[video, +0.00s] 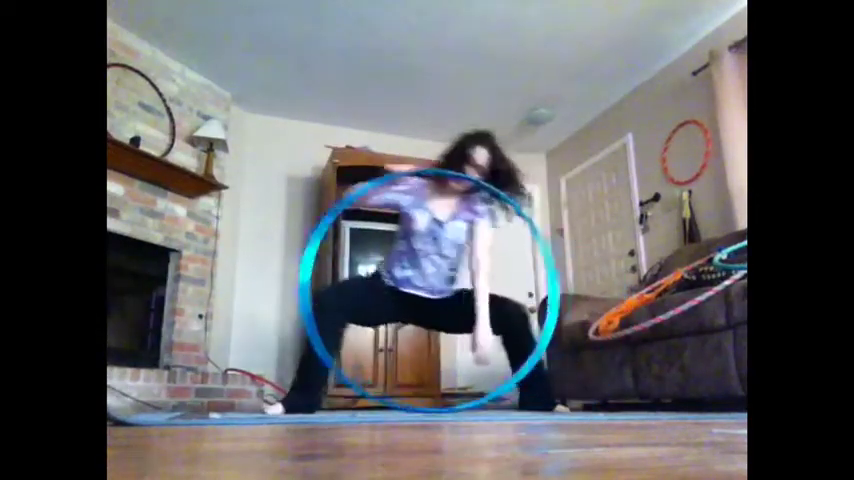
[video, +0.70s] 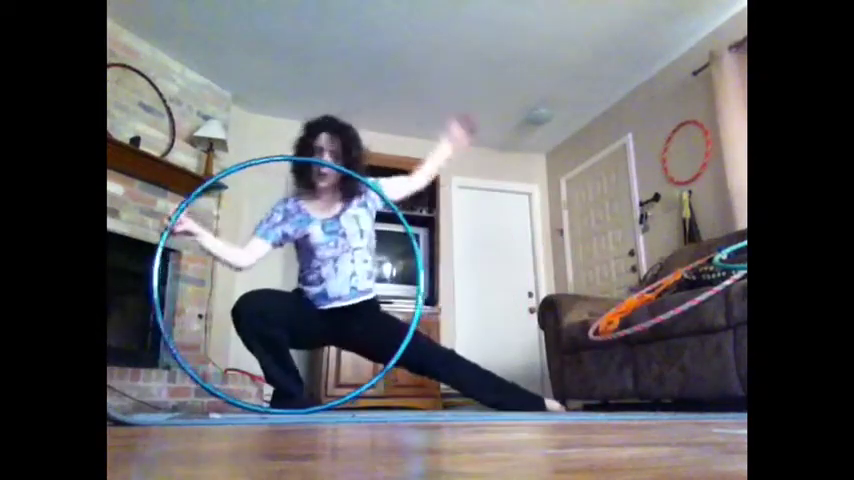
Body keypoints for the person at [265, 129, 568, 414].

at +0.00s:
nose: (470, 175)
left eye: (480, 171)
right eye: (467, 164)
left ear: (487, 177)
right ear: (453, 160)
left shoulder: (478, 210)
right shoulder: (414, 189)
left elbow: (480, 267)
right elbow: (355, 198)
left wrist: (480, 326)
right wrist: (383, 175)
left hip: (444, 303)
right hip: (391, 295)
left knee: (512, 315)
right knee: (331, 303)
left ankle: (540, 409)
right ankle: (300, 405)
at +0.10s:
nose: (436, 167)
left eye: (447, 163)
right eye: (433, 156)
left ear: (455, 168)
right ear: (419, 152)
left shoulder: (450, 201)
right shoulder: (381, 184)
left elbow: (473, 254)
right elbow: (327, 205)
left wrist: (496, 313)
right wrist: (333, 181)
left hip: (418, 301)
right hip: (366, 293)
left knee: (486, 322)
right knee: (307, 298)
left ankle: (540, 405)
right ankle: (300, 402)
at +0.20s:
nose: (415, 158)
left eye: (426, 155)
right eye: (411, 148)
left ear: (435, 162)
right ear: (398, 146)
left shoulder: (435, 197)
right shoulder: (360, 183)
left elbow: (466, 243)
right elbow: (302, 207)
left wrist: (500, 294)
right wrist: (306, 189)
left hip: (403, 301)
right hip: (350, 294)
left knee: (478, 333)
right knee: (291, 299)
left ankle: (530, 399)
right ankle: (298, 398)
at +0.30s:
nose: (393, 153)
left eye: (404, 149)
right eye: (389, 144)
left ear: (414, 158)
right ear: (376, 144)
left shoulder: (418, 197)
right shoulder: (341, 187)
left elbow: (462, 238)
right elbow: (284, 212)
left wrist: (498, 275)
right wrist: (275, 199)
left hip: (391, 302)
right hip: (338, 294)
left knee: (462, 337)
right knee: (276, 298)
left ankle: (536, 404)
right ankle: (294, 400)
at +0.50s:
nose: (351, 152)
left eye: (361, 147)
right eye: (345, 142)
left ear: (372, 157)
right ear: (330, 146)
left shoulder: (381, 196)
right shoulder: (306, 198)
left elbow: (437, 209)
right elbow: (249, 235)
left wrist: (487, 218)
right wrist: (219, 215)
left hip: (371, 309)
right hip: (318, 306)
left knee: (443, 349)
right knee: (253, 304)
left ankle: (538, 407)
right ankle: (296, 400)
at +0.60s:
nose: (332, 159)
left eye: (342, 153)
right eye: (325, 150)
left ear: (355, 161)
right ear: (313, 155)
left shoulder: (369, 196)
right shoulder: (294, 207)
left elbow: (426, 192)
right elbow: (242, 251)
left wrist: (468, 171)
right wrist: (203, 228)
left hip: (363, 314)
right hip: (313, 313)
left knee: (438, 356)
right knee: (250, 308)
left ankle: (540, 410)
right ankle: (294, 397)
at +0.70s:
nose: (321, 167)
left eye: (330, 160)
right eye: (314, 158)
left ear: (347, 164)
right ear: (303, 160)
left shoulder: (366, 197)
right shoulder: (290, 211)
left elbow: (417, 182)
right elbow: (242, 258)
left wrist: (449, 145)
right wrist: (199, 232)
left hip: (360, 316)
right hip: (310, 314)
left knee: (434, 359)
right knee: (250, 310)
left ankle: (538, 410)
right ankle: (291, 398)